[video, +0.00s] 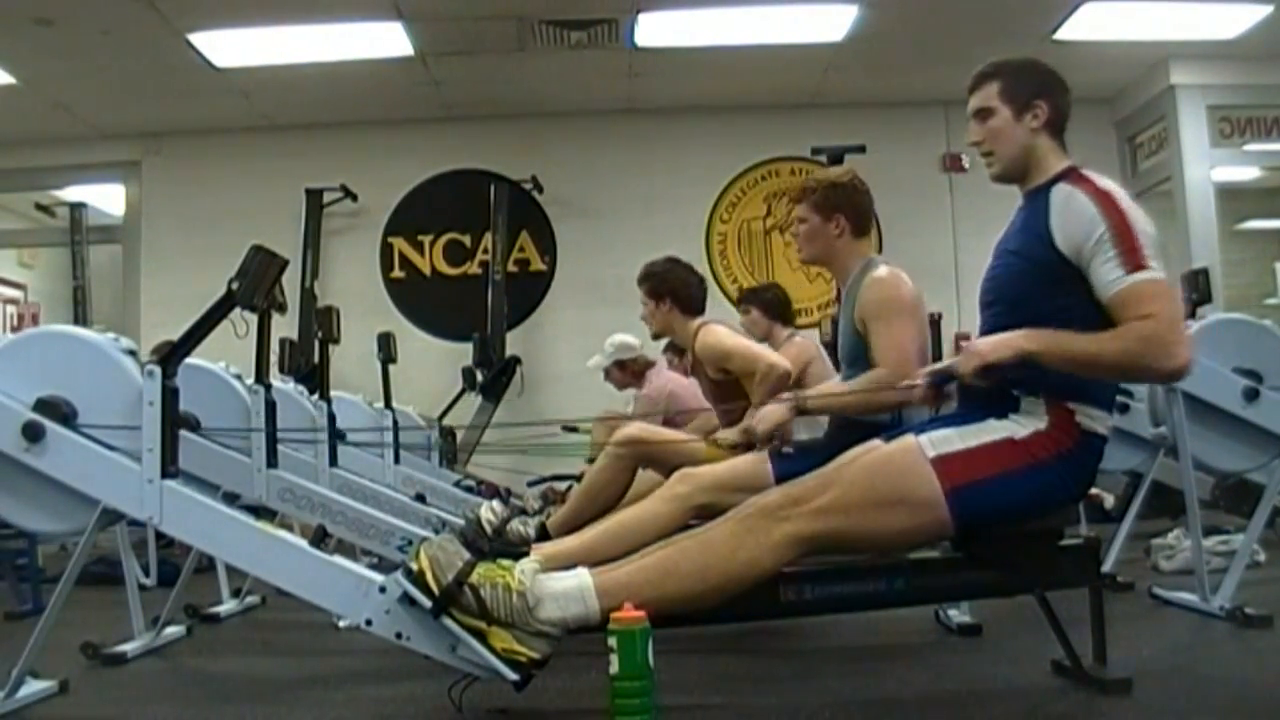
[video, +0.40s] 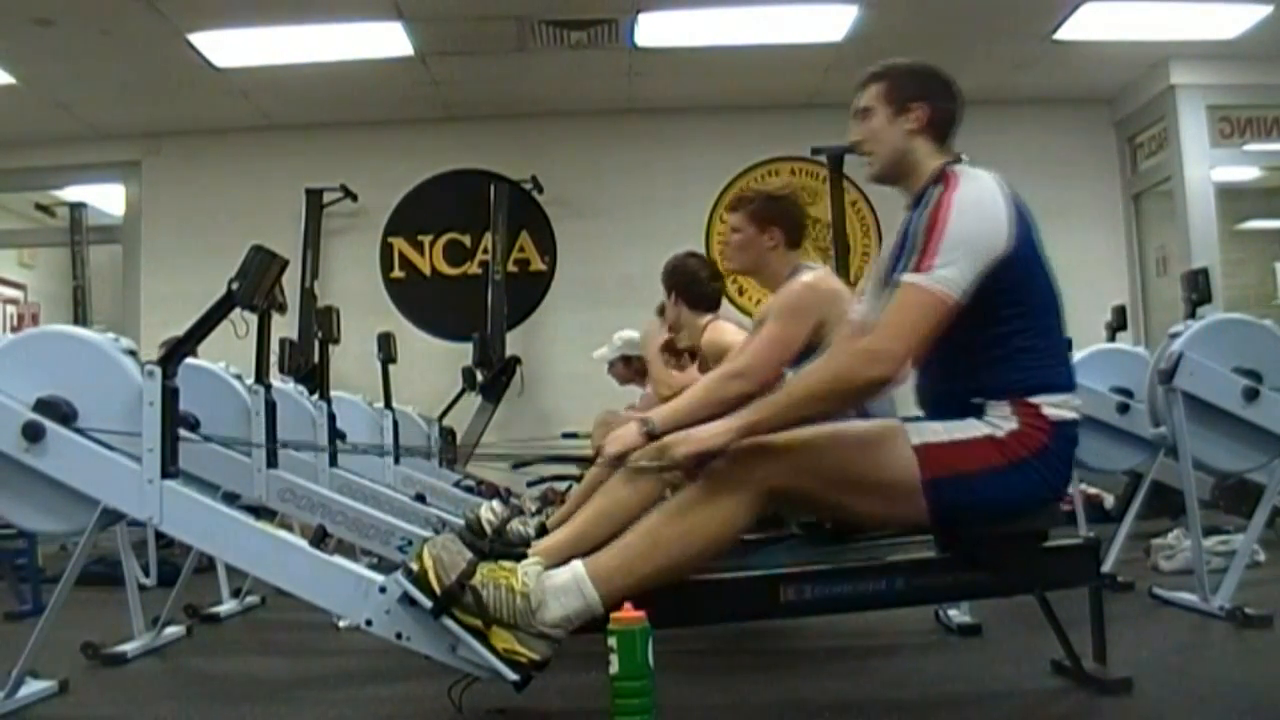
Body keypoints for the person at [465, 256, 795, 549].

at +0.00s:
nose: (642, 314)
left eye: (647, 303)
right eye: (642, 303)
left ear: (669, 304)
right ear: (674, 304)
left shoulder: (709, 340)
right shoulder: (697, 344)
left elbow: (776, 369)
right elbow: (732, 403)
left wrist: (747, 429)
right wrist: (700, 431)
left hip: (748, 449)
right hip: (734, 443)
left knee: (628, 439)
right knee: (626, 439)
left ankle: (549, 532)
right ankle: (554, 524)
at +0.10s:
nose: (647, 317)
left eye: (648, 305)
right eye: (647, 306)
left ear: (664, 305)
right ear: (684, 301)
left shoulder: (708, 340)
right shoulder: (697, 342)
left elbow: (772, 366)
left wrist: (743, 416)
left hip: (747, 450)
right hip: (735, 444)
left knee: (626, 443)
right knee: (620, 440)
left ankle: (549, 532)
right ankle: (554, 521)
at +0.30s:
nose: (658, 309)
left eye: (659, 300)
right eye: (659, 300)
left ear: (670, 302)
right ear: (690, 298)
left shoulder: (714, 336)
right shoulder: (700, 337)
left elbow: (769, 373)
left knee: (631, 441)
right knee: (626, 436)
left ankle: (549, 530)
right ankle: (556, 520)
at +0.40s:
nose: (663, 313)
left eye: (665, 301)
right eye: (664, 302)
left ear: (676, 299)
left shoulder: (718, 338)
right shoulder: (705, 339)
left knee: (625, 442)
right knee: (619, 431)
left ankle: (551, 528)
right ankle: (553, 521)